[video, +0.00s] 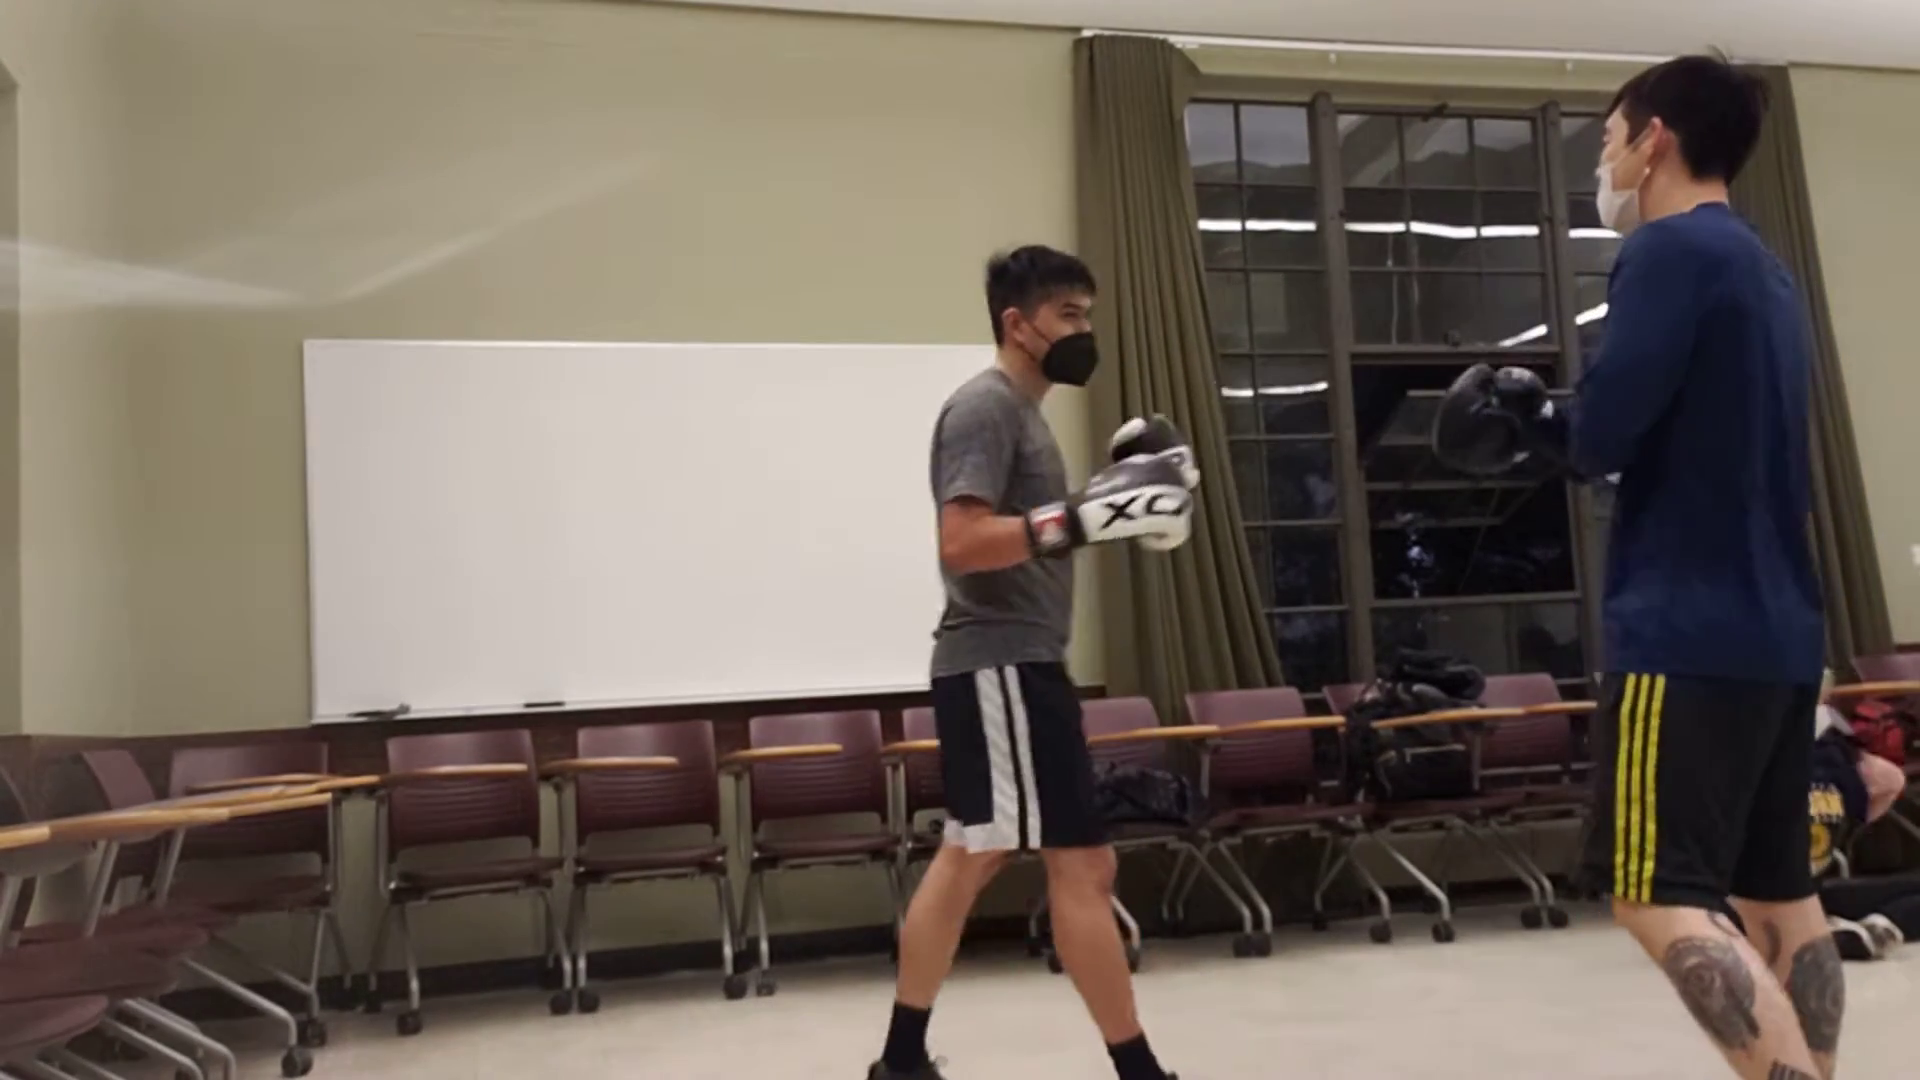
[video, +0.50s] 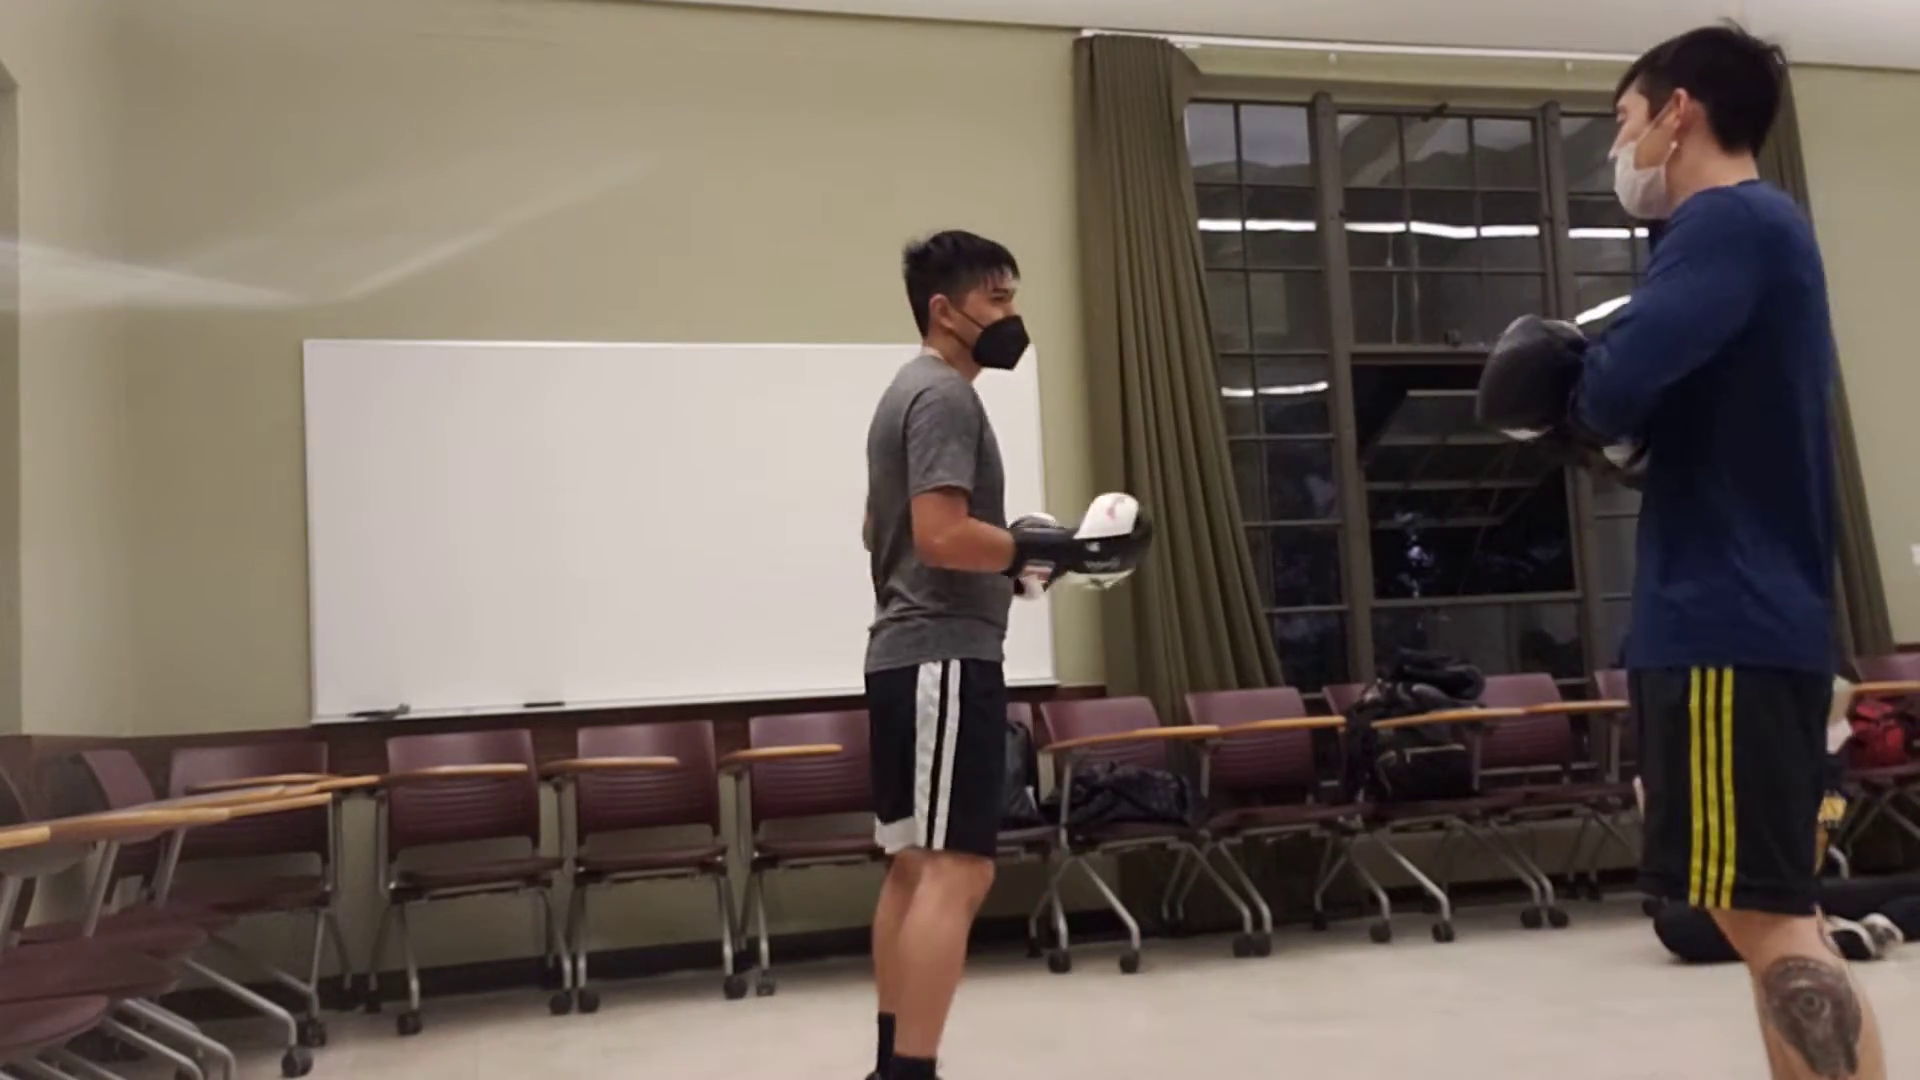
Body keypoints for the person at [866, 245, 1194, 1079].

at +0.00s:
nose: (1082, 330)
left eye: (1086, 315)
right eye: (1067, 313)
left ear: (1034, 324)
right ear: (1015, 318)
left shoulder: (1023, 413)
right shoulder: (983, 407)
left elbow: (1030, 530)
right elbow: (960, 546)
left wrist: (1107, 491)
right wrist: (1075, 519)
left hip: (1019, 661)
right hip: (998, 664)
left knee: (970, 854)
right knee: (1082, 867)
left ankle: (901, 1058)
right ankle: (1141, 1070)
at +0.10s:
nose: (1069, 338)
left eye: (1072, 323)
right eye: (1054, 321)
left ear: (1024, 331)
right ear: (1000, 326)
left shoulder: (1010, 424)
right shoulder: (957, 412)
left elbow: (988, 542)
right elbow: (910, 542)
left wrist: (1075, 528)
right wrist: (1023, 547)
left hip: (969, 666)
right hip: (967, 668)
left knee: (933, 863)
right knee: (1054, 865)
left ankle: (894, 1062)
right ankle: (1119, 1068)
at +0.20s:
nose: (1053, 333)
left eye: (1056, 318)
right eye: (1039, 316)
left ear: (1002, 324)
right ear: (984, 317)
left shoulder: (987, 413)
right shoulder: (940, 403)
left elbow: (960, 534)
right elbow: (881, 531)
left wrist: (1040, 549)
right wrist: (994, 566)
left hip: (950, 653)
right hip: (951, 658)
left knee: (929, 855)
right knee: (1022, 857)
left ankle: (895, 1061)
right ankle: (1061, 1068)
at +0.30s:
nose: (1036, 328)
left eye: (1040, 313)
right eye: (1021, 310)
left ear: (984, 321)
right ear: (966, 314)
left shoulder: (969, 407)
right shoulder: (936, 401)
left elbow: (937, 532)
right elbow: (878, 530)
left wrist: (1018, 557)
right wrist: (984, 567)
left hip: (936, 653)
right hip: (944, 657)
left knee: (920, 857)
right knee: (1001, 862)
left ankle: (893, 1063)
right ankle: (977, 1070)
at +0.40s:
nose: (1024, 324)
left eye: (1025, 309)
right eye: (1009, 309)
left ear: (959, 320)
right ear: (953, 314)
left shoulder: (938, 399)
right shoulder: (939, 402)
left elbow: (927, 539)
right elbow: (904, 539)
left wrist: (1024, 548)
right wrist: (1021, 566)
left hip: (922, 659)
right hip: (944, 662)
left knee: (912, 866)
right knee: (973, 867)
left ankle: (893, 1062)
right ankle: (914, 1069)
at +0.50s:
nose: (1013, 311)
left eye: (1012, 296)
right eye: (997, 296)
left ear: (943, 311)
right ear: (942, 306)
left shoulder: (908, 393)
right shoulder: (943, 394)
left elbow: (891, 539)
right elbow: (941, 535)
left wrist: (1011, 558)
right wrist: (1035, 548)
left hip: (908, 655)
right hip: (946, 657)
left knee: (910, 870)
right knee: (959, 871)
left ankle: (895, 1061)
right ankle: (912, 1068)